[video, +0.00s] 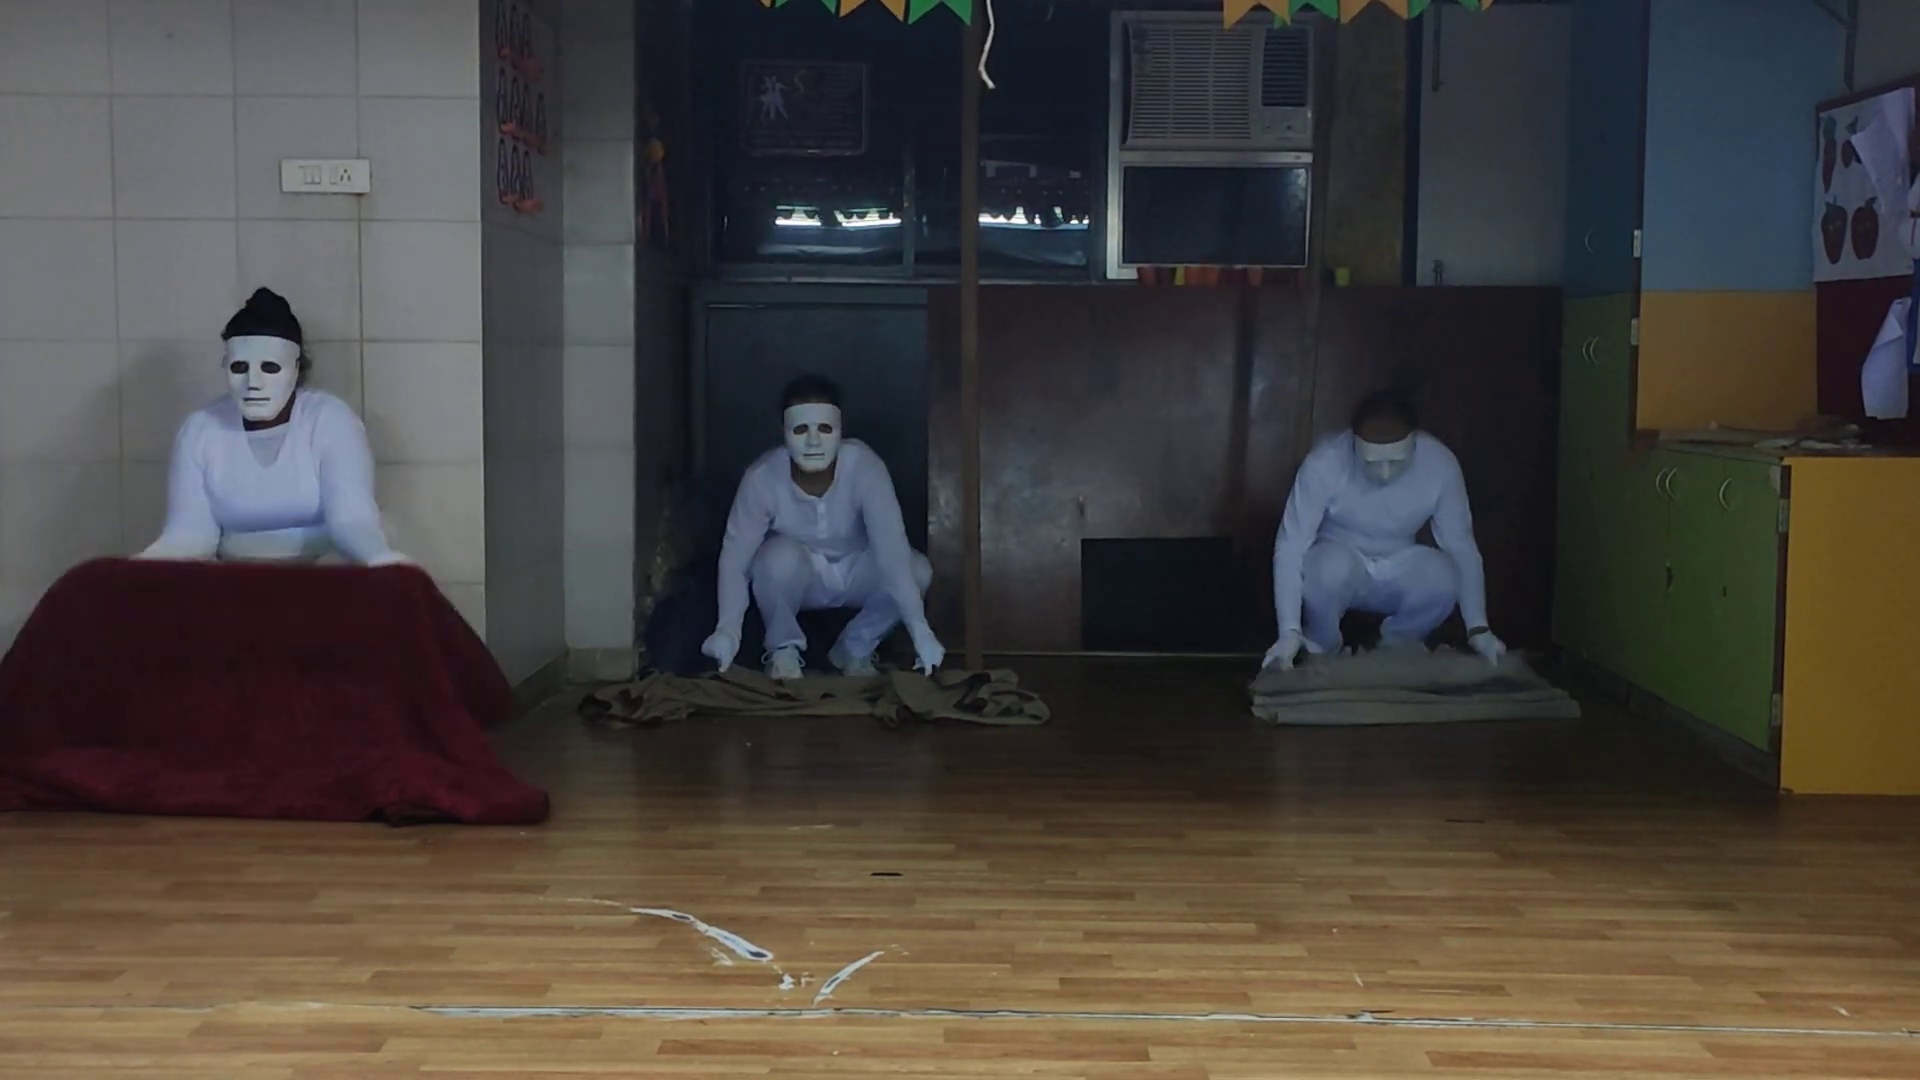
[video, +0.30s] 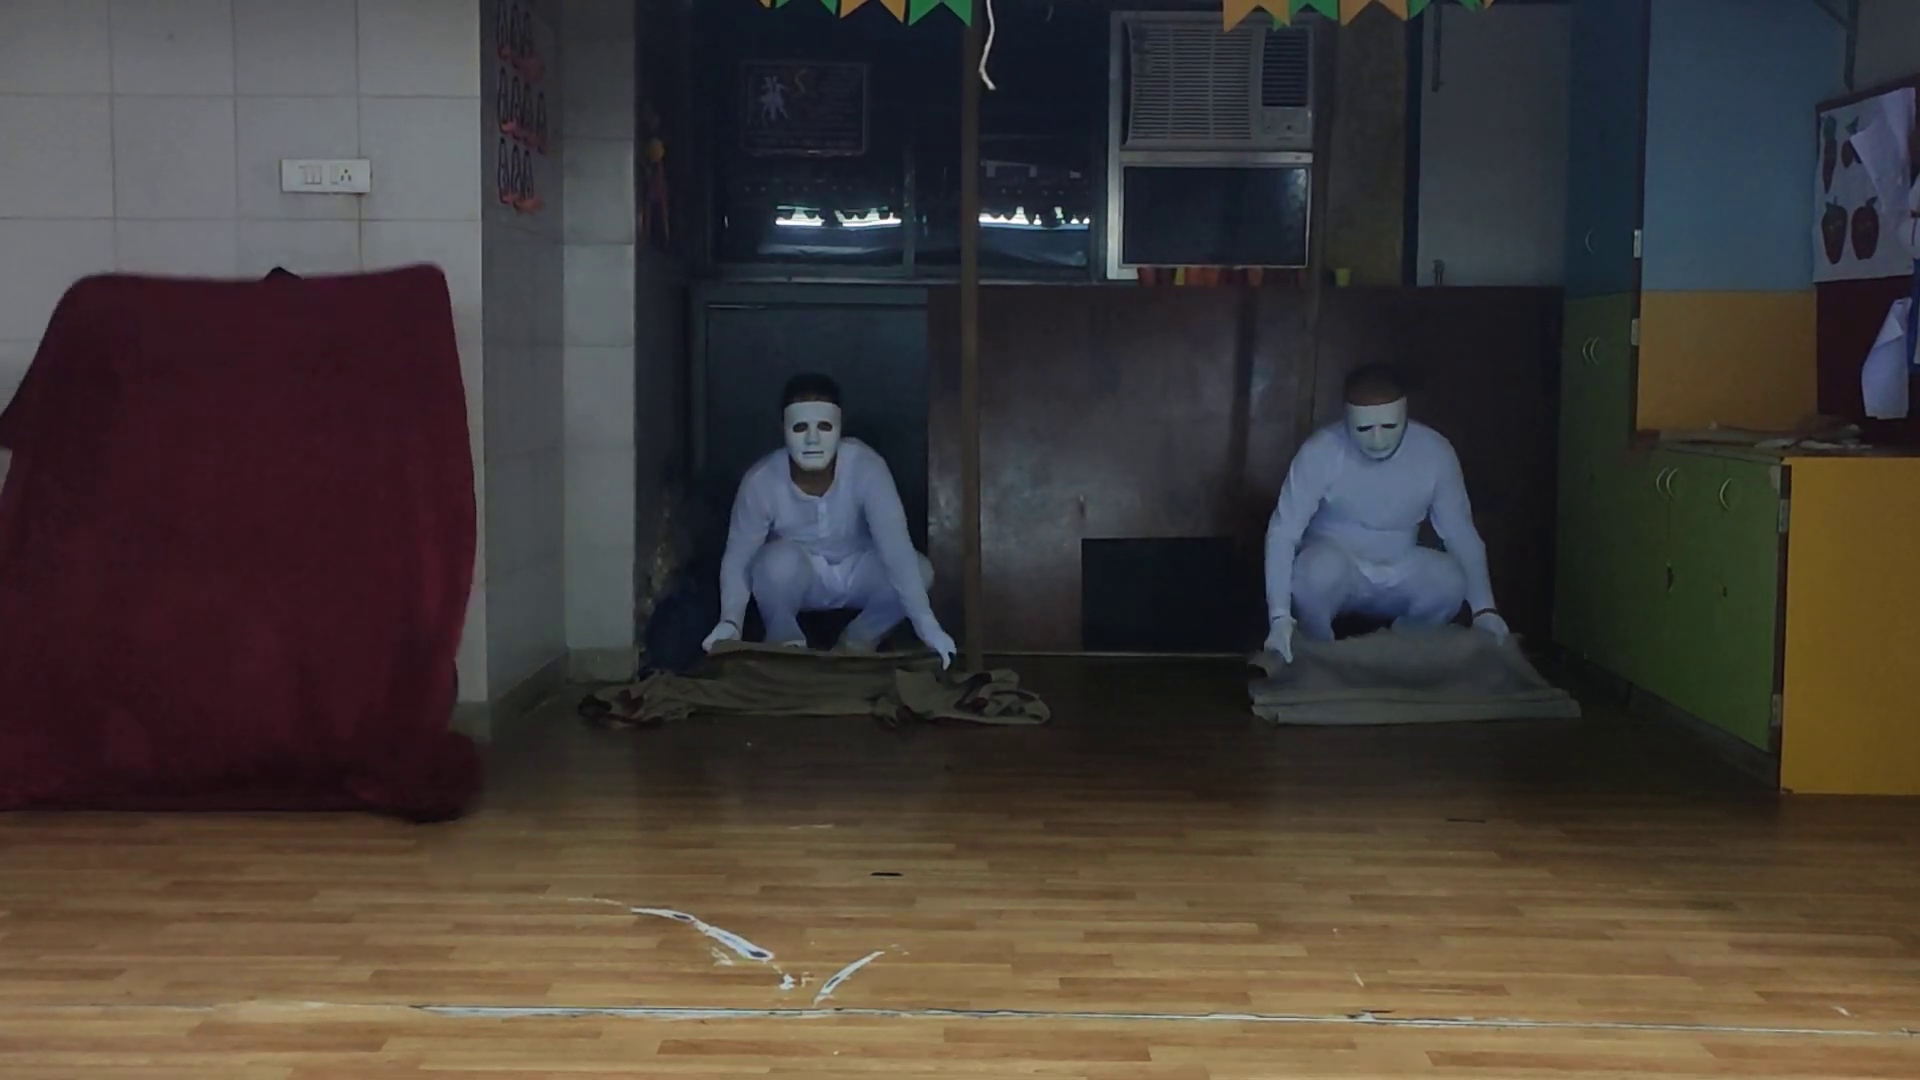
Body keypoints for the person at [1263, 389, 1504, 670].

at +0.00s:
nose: (1384, 472)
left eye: (1395, 461)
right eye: (1373, 462)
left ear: (1412, 444)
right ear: (1355, 445)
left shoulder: (1439, 466)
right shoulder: (1325, 464)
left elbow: (1462, 547)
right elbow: (1289, 547)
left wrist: (1478, 630)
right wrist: (1288, 632)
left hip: (1402, 570)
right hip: (1341, 566)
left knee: (1441, 578)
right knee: (1327, 568)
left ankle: (1398, 647)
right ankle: (1322, 649)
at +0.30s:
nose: (1378, 440)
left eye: (1389, 427)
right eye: (1365, 429)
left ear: (1405, 416)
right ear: (1347, 420)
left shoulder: (1435, 454)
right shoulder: (1321, 454)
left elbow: (1460, 534)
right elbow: (1282, 535)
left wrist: (1484, 610)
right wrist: (1279, 617)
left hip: (1404, 571)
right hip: (1338, 570)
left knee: (1449, 582)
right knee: (1315, 574)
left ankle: (1401, 658)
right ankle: (1317, 658)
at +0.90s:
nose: (1373, 402)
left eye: (1385, 389)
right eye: (1360, 391)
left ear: (1401, 384)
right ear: (1344, 389)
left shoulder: (1432, 435)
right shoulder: (1317, 435)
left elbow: (1466, 515)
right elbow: (1276, 512)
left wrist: (1489, 586)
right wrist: (1264, 587)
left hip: (1402, 570)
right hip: (1332, 568)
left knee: (1447, 585)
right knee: (1301, 569)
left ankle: (1407, 676)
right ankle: (1303, 669)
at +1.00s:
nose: (1374, 393)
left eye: (1386, 379)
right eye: (1361, 382)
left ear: (1401, 377)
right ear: (1344, 382)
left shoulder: (1432, 425)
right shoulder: (1320, 428)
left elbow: (1463, 496)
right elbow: (1275, 500)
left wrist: (1496, 548)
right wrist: (1274, 553)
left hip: (1408, 557)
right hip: (1331, 557)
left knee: (1474, 592)